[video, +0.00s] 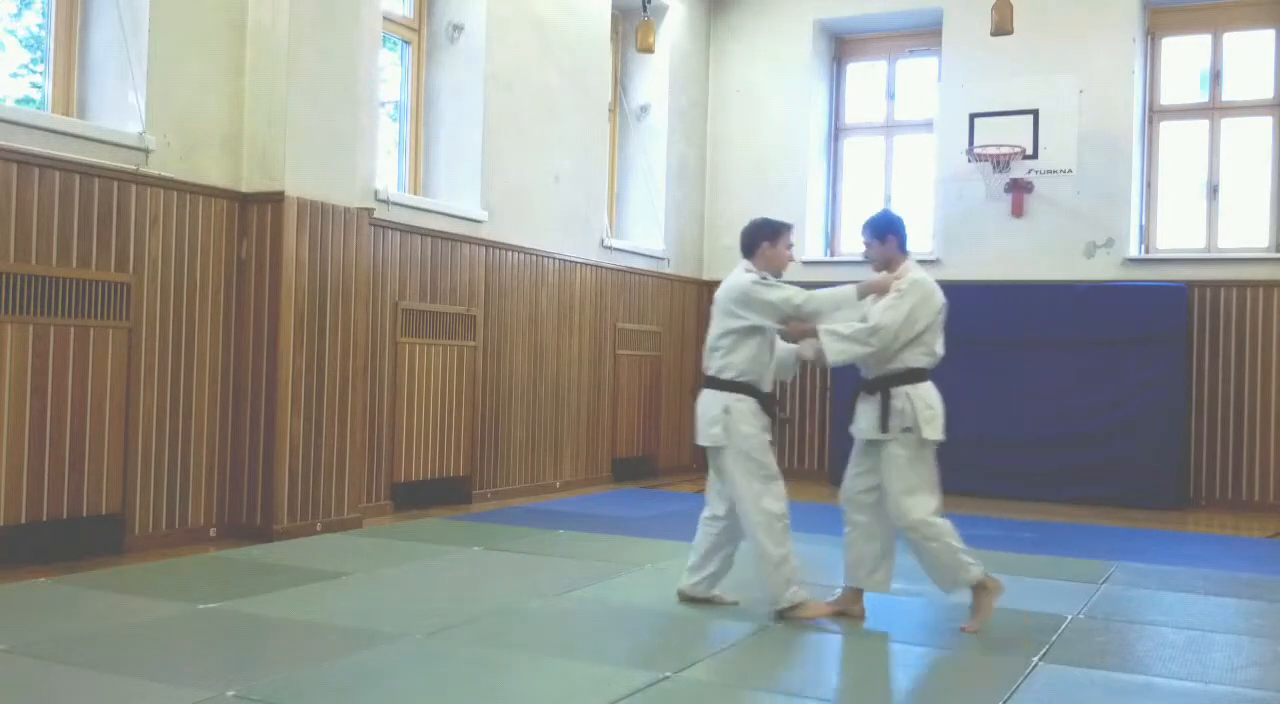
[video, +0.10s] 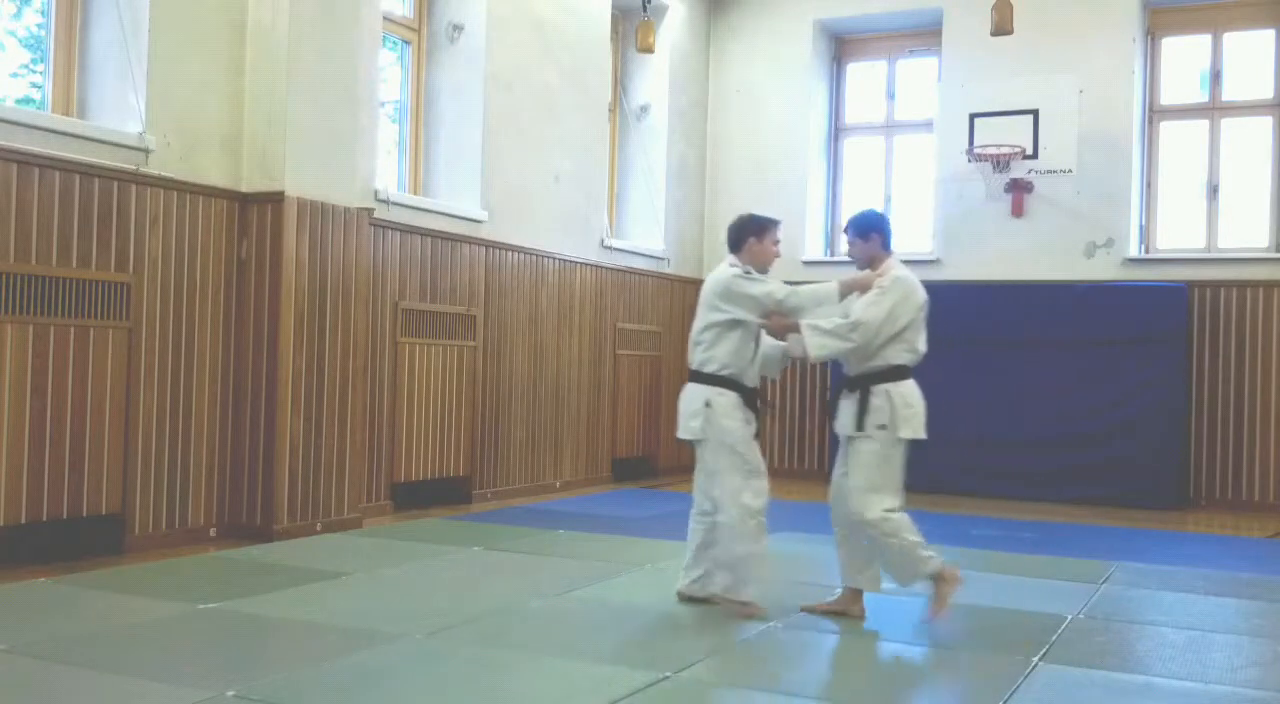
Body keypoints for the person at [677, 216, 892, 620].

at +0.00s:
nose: (792, 256)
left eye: (791, 248)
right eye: (787, 247)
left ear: (763, 250)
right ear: (764, 248)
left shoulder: (748, 286)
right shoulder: (744, 285)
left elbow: (764, 355)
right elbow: (801, 304)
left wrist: (807, 346)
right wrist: (865, 289)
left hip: (731, 404)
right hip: (733, 407)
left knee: (724, 503)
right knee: (766, 501)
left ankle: (697, 585)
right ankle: (789, 599)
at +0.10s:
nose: (778, 252)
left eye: (778, 244)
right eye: (773, 243)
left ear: (748, 244)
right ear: (750, 243)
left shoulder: (740, 283)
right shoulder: (727, 279)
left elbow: (752, 356)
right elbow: (781, 299)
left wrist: (796, 343)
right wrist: (844, 287)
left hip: (724, 401)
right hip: (717, 401)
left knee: (711, 495)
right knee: (748, 489)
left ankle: (697, 582)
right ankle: (733, 589)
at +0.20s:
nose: (769, 249)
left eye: (768, 241)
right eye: (763, 241)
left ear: (738, 243)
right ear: (740, 242)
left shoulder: (730, 280)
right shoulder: (719, 277)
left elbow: (743, 351)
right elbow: (774, 298)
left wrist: (790, 340)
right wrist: (836, 285)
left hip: (713, 399)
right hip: (707, 399)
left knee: (705, 493)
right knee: (733, 490)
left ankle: (698, 585)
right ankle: (691, 578)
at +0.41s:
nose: (748, 252)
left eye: (747, 245)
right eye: (743, 245)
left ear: (720, 247)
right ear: (721, 246)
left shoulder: (706, 285)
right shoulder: (698, 284)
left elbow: (713, 354)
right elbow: (757, 317)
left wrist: (758, 346)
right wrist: (811, 291)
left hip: (688, 404)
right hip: (669, 404)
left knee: (701, 495)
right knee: (674, 499)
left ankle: (692, 581)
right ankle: (651, 594)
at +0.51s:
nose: (740, 256)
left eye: (739, 247)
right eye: (735, 247)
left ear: (710, 249)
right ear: (714, 248)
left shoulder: (688, 282)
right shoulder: (692, 285)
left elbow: (696, 348)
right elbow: (746, 324)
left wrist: (735, 349)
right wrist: (795, 297)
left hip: (668, 401)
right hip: (658, 403)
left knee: (684, 490)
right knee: (670, 494)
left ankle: (669, 580)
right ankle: (647, 594)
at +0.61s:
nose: (726, 253)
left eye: (726, 245)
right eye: (722, 245)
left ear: (689, 245)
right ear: (701, 245)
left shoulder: (656, 279)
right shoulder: (690, 284)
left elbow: (707, 342)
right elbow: (737, 325)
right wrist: (779, 293)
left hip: (632, 398)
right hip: (666, 403)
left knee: (632, 494)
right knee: (675, 497)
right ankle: (650, 592)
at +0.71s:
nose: (705, 253)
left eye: (705, 246)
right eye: (703, 246)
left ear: (666, 245)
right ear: (685, 246)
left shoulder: (635, 281)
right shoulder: (685, 282)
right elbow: (723, 315)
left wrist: (701, 336)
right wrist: (762, 285)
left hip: (630, 402)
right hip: (676, 405)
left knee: (609, 493)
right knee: (710, 485)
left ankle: (588, 580)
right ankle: (674, 568)